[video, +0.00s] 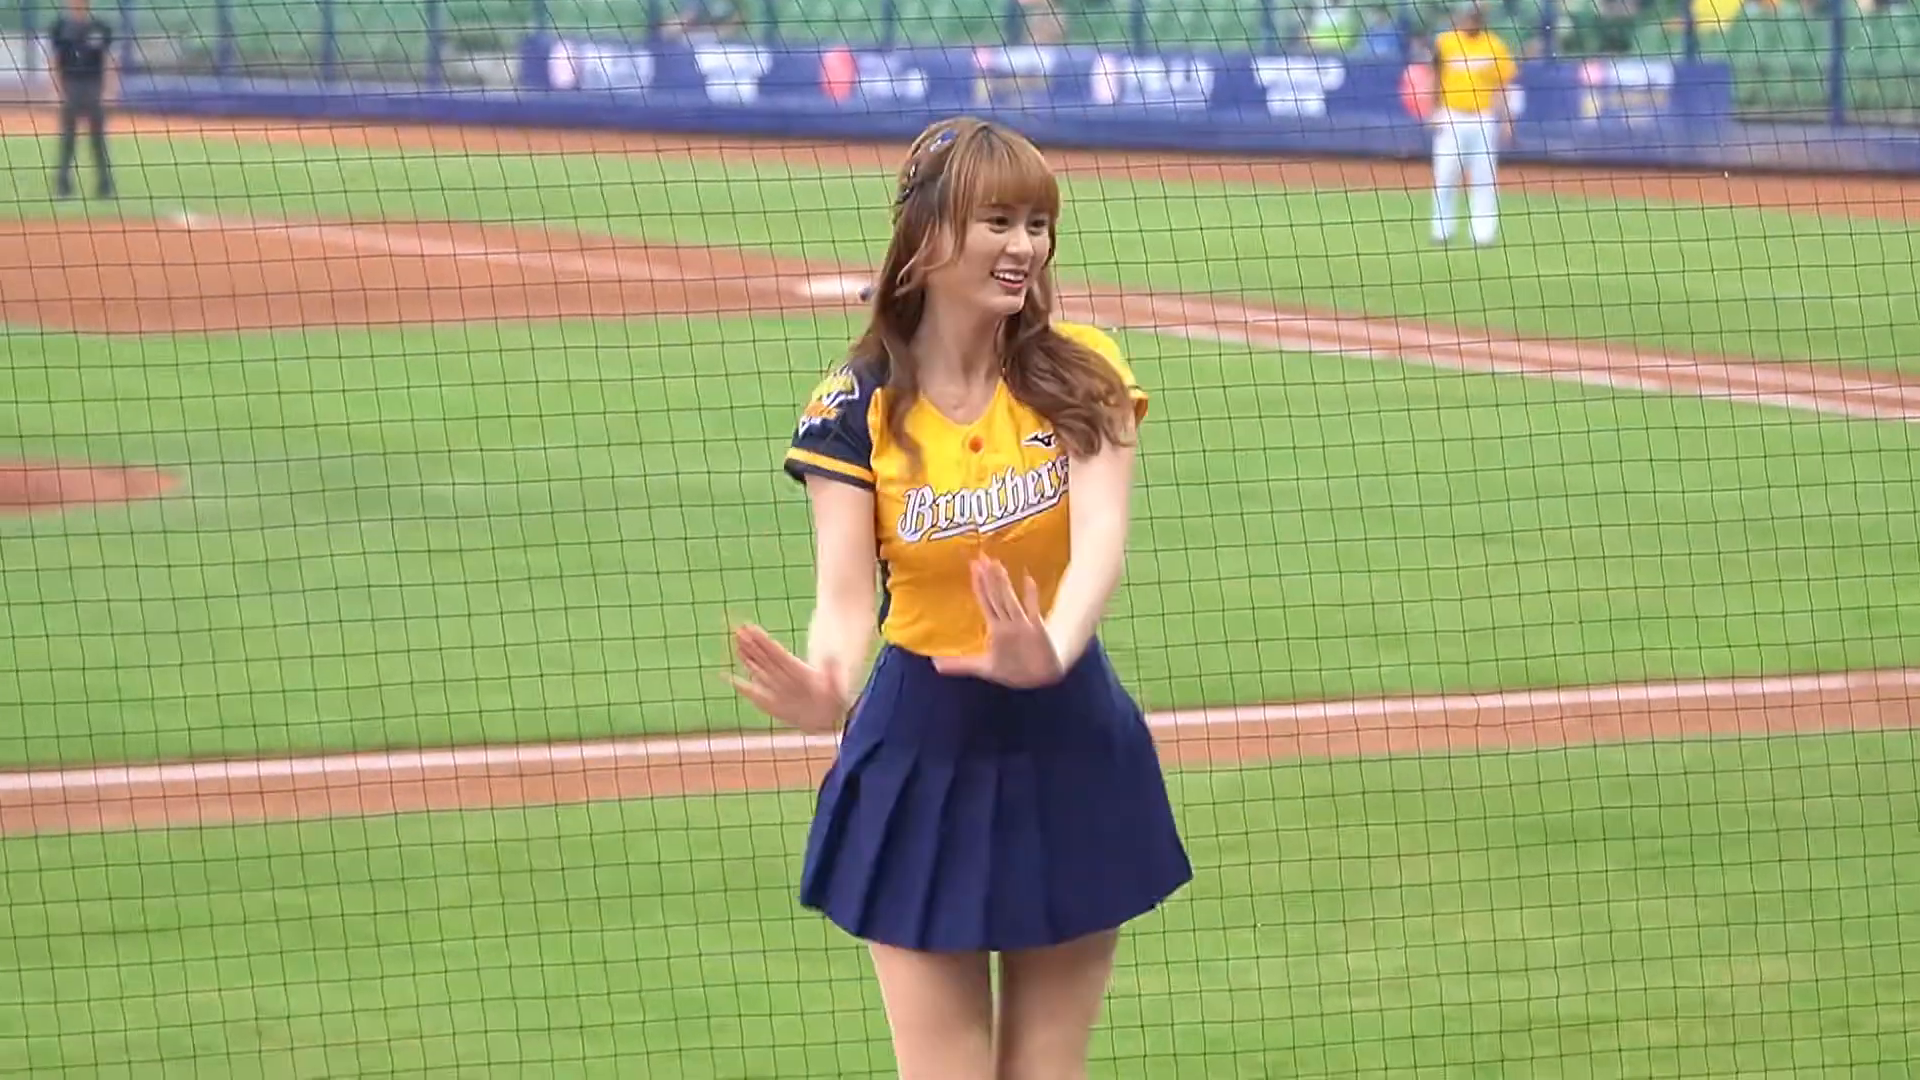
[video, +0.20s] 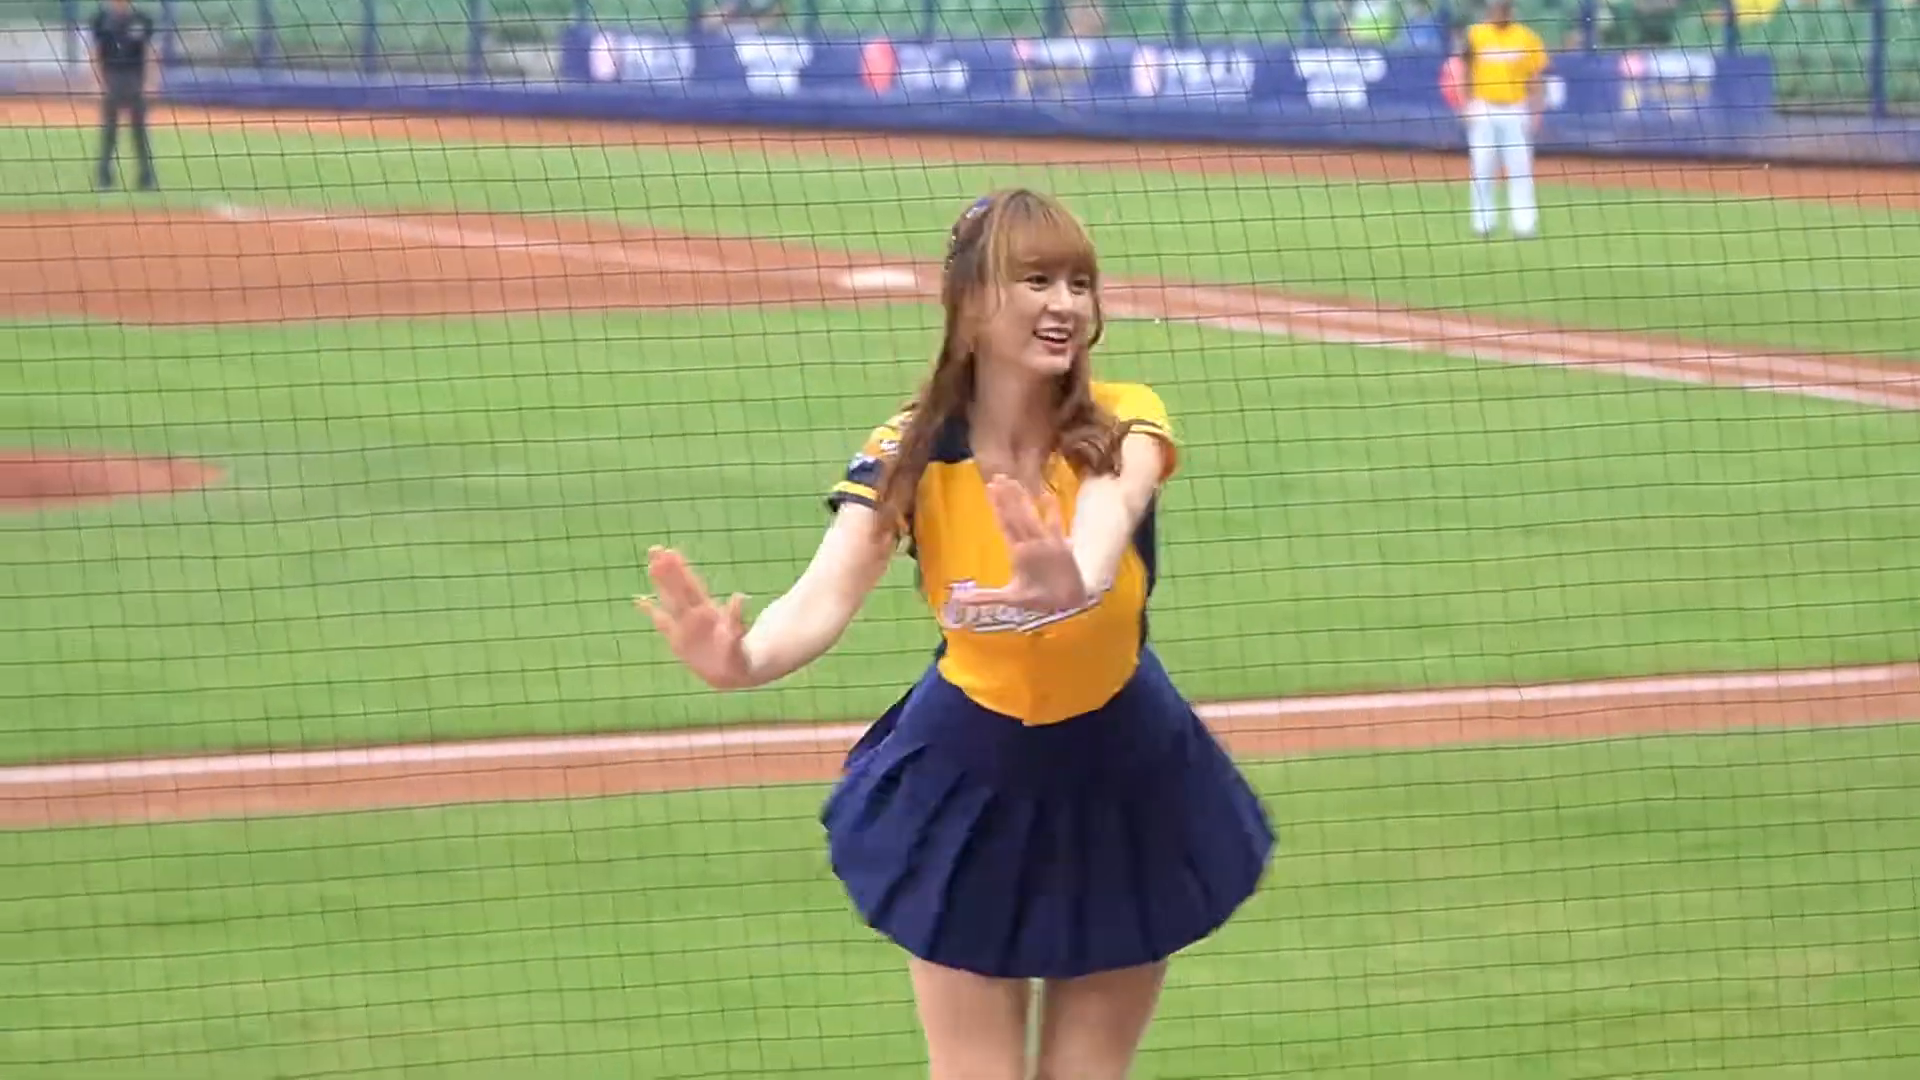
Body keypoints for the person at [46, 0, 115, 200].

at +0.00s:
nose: (79, 12)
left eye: (82, 7)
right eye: (75, 7)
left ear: (88, 7)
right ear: (69, 7)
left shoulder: (100, 29)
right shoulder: (61, 29)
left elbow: (109, 63)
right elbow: (55, 64)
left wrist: (108, 91)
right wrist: (61, 91)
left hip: (94, 91)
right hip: (71, 91)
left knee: (98, 139)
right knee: (68, 139)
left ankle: (104, 182)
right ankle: (63, 181)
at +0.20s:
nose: (120, 6)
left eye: (123, 3)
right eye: (116, 3)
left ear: (129, 3)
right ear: (110, 3)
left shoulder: (140, 21)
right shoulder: (102, 21)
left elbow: (150, 55)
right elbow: (97, 57)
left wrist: (149, 85)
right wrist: (102, 84)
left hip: (136, 85)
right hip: (112, 85)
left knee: (139, 131)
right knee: (109, 131)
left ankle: (146, 173)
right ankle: (104, 173)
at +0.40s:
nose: (144, 4)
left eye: (148, 1)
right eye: (141, 2)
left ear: (154, 2)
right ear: (134, 3)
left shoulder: (165, 16)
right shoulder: (126, 16)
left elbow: (173, 50)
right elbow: (121, 51)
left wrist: (172, 79)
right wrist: (126, 79)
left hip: (159, 78)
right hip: (135, 78)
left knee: (163, 125)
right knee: (133, 126)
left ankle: (170, 166)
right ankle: (129, 166)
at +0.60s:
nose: (147, 1)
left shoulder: (168, 11)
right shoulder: (128, 10)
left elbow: (175, 44)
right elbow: (122, 46)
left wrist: (175, 72)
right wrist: (127, 73)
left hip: (161, 72)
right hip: (137, 72)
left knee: (165, 121)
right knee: (134, 121)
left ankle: (172, 162)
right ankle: (130, 162)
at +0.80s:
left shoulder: (162, 7)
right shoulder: (122, 9)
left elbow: (171, 37)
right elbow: (116, 40)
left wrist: (170, 67)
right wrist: (121, 68)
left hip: (156, 68)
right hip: (131, 68)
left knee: (159, 115)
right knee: (129, 116)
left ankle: (166, 157)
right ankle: (124, 157)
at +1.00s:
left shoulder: (158, 9)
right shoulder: (119, 9)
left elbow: (168, 33)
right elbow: (112, 36)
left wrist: (167, 62)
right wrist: (118, 64)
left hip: (153, 63)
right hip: (128, 64)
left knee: (156, 110)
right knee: (125, 111)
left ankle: (163, 152)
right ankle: (121, 152)